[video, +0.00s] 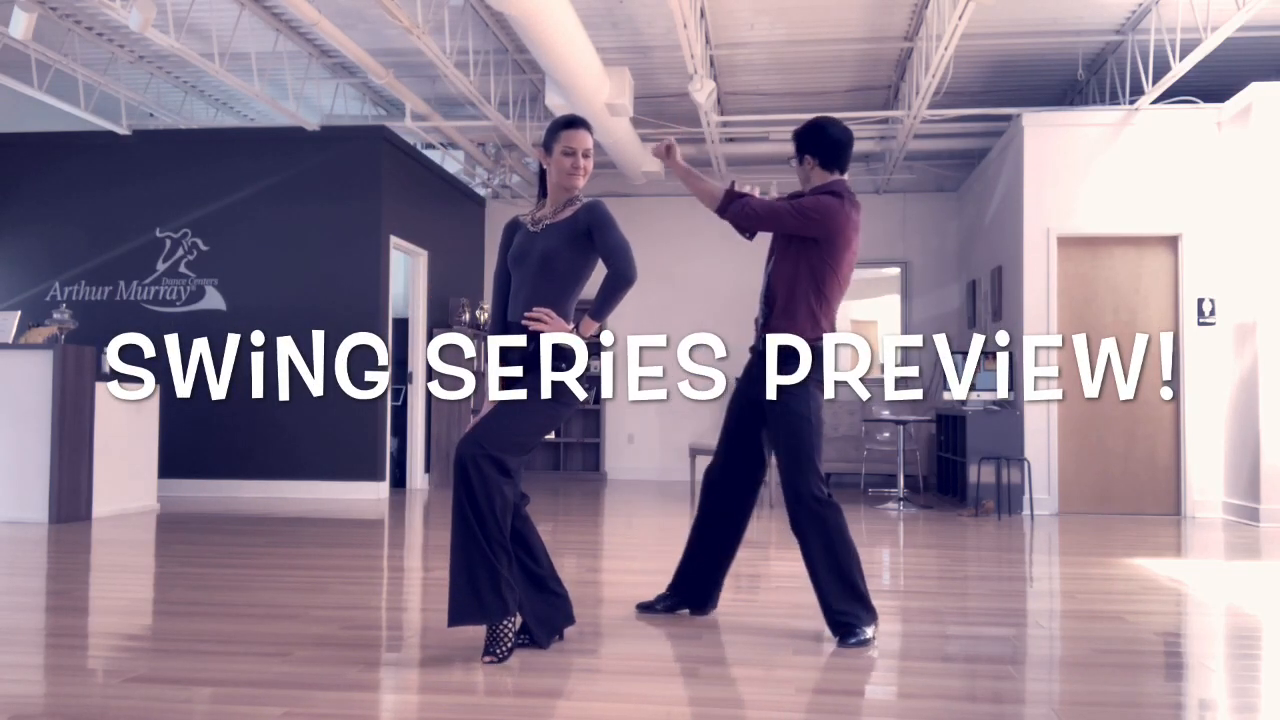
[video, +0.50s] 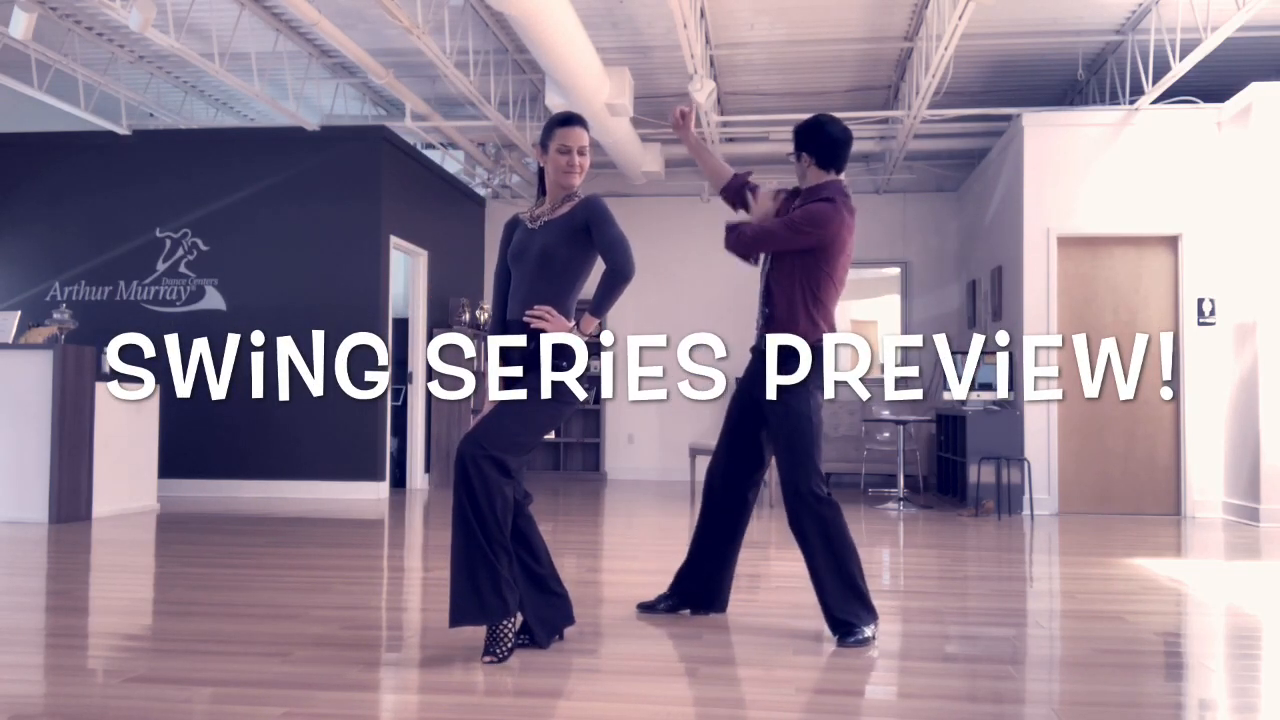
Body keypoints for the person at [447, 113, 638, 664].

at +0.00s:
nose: (578, 163)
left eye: (586, 155)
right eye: (568, 153)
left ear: (593, 164)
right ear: (543, 158)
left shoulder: (591, 214)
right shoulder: (517, 227)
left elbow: (623, 271)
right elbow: (500, 311)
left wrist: (584, 326)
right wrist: (490, 387)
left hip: (558, 371)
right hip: (515, 371)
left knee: (476, 451)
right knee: (496, 485)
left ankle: (503, 605)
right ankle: (546, 608)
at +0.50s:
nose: (575, 161)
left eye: (583, 152)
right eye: (564, 151)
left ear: (591, 160)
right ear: (541, 156)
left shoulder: (589, 209)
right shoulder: (517, 225)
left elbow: (622, 267)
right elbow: (500, 310)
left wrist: (583, 326)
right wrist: (492, 386)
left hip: (559, 369)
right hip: (516, 368)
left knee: (476, 451)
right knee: (499, 482)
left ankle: (505, 605)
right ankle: (546, 608)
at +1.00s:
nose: (578, 154)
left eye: (585, 146)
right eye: (567, 145)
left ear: (593, 153)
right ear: (545, 152)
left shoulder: (592, 201)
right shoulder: (521, 220)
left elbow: (628, 256)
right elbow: (504, 307)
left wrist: (591, 322)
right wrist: (492, 386)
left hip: (560, 361)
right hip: (518, 361)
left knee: (490, 450)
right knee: (503, 476)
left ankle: (510, 607)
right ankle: (546, 607)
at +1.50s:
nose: (577, 138)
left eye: (587, 130)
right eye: (568, 128)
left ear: (598, 142)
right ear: (551, 138)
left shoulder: (601, 200)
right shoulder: (532, 205)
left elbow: (644, 221)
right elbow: (493, 277)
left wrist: (570, 221)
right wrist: (496, 300)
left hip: (575, 349)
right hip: (532, 347)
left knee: (520, 469)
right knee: (523, 475)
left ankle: (551, 619)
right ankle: (585, 599)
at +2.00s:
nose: (597, 157)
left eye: (607, 149)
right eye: (588, 148)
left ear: (616, 160)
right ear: (568, 157)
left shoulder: (626, 215)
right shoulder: (545, 225)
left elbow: (694, 159)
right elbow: (516, 287)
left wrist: (644, 101)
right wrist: (566, 244)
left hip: (583, 368)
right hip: (538, 367)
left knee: (510, 464)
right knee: (539, 487)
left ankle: (537, 614)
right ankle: (588, 607)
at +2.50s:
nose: (603, 144)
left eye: (611, 136)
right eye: (592, 135)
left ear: (622, 145)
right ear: (573, 143)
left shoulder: (627, 203)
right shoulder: (554, 205)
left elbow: (604, 282)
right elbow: (505, 243)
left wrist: (546, 235)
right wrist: (473, 259)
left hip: (604, 357)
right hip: (553, 354)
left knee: (551, 456)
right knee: (545, 468)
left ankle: (546, 616)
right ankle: (590, 606)